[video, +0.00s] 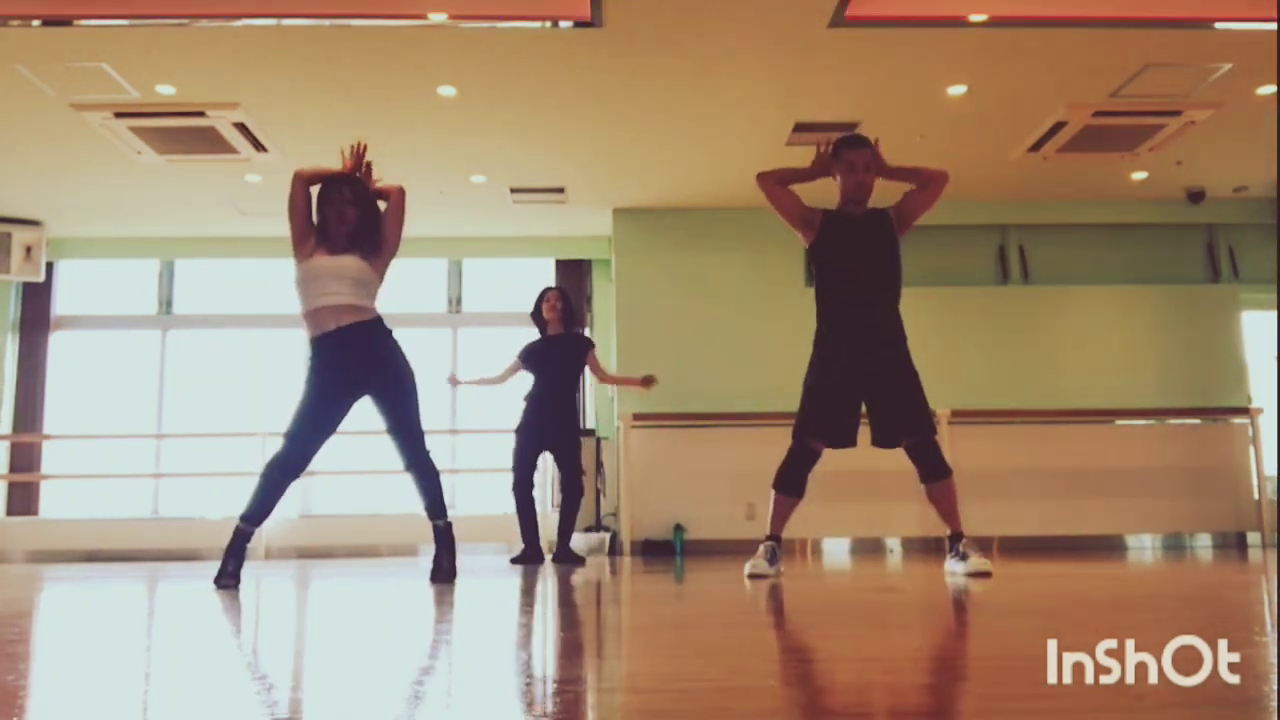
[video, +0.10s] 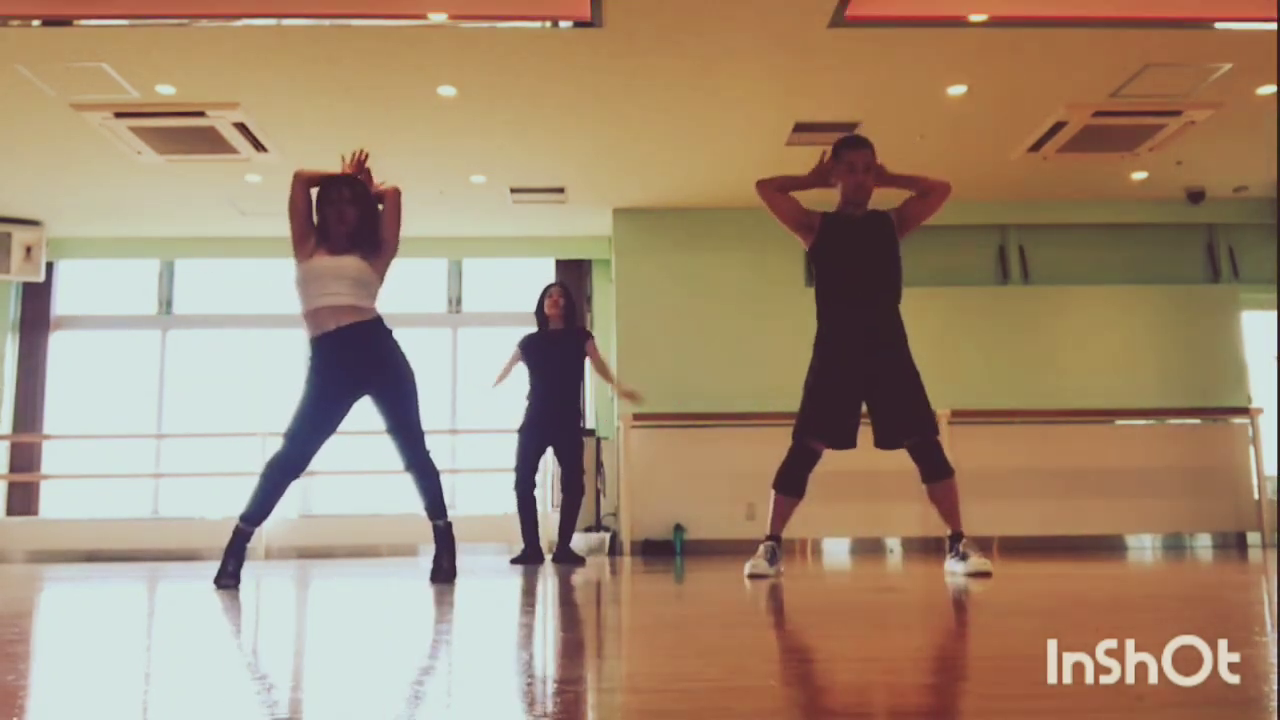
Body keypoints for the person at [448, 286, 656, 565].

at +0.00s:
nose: (552, 304)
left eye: (558, 300)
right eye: (547, 301)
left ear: (566, 307)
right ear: (540, 309)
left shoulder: (580, 342)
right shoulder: (534, 348)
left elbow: (602, 377)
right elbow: (501, 378)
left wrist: (637, 382)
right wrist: (462, 382)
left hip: (565, 423)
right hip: (533, 423)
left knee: (573, 488)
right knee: (521, 484)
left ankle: (562, 548)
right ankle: (532, 548)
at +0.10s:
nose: (556, 301)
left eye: (561, 297)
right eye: (551, 297)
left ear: (569, 304)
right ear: (542, 305)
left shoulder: (580, 336)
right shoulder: (530, 341)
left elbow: (600, 367)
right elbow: (511, 364)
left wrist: (619, 388)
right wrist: (499, 379)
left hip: (568, 421)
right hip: (535, 420)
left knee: (574, 485)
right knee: (523, 483)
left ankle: (563, 548)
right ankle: (531, 548)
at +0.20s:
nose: (559, 288)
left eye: (563, 284)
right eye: (554, 283)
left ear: (569, 290)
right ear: (544, 288)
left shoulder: (580, 320)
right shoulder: (531, 322)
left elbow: (581, 359)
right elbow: (525, 363)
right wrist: (537, 396)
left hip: (571, 402)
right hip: (541, 402)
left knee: (572, 474)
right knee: (534, 474)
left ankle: (567, 541)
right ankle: (533, 543)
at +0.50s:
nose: (562, 322)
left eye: (568, 317)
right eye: (557, 317)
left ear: (577, 324)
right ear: (548, 324)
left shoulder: (589, 359)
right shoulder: (538, 364)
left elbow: (598, 400)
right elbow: (528, 401)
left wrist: (570, 416)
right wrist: (549, 421)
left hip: (582, 431)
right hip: (551, 430)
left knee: (598, 490)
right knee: (536, 491)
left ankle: (585, 547)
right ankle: (553, 547)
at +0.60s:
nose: (565, 340)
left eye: (571, 335)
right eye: (560, 335)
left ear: (579, 343)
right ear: (552, 343)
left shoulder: (591, 379)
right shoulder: (541, 383)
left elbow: (601, 422)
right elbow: (530, 424)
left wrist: (586, 448)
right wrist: (541, 451)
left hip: (583, 451)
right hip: (551, 452)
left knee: (607, 500)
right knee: (526, 503)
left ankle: (586, 548)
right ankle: (552, 548)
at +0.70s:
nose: (569, 359)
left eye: (574, 355)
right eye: (563, 354)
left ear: (583, 361)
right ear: (555, 361)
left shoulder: (593, 397)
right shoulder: (543, 400)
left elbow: (608, 436)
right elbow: (527, 433)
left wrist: (601, 470)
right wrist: (532, 471)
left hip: (584, 474)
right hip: (552, 474)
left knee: (612, 504)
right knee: (519, 507)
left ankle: (587, 546)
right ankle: (551, 546)